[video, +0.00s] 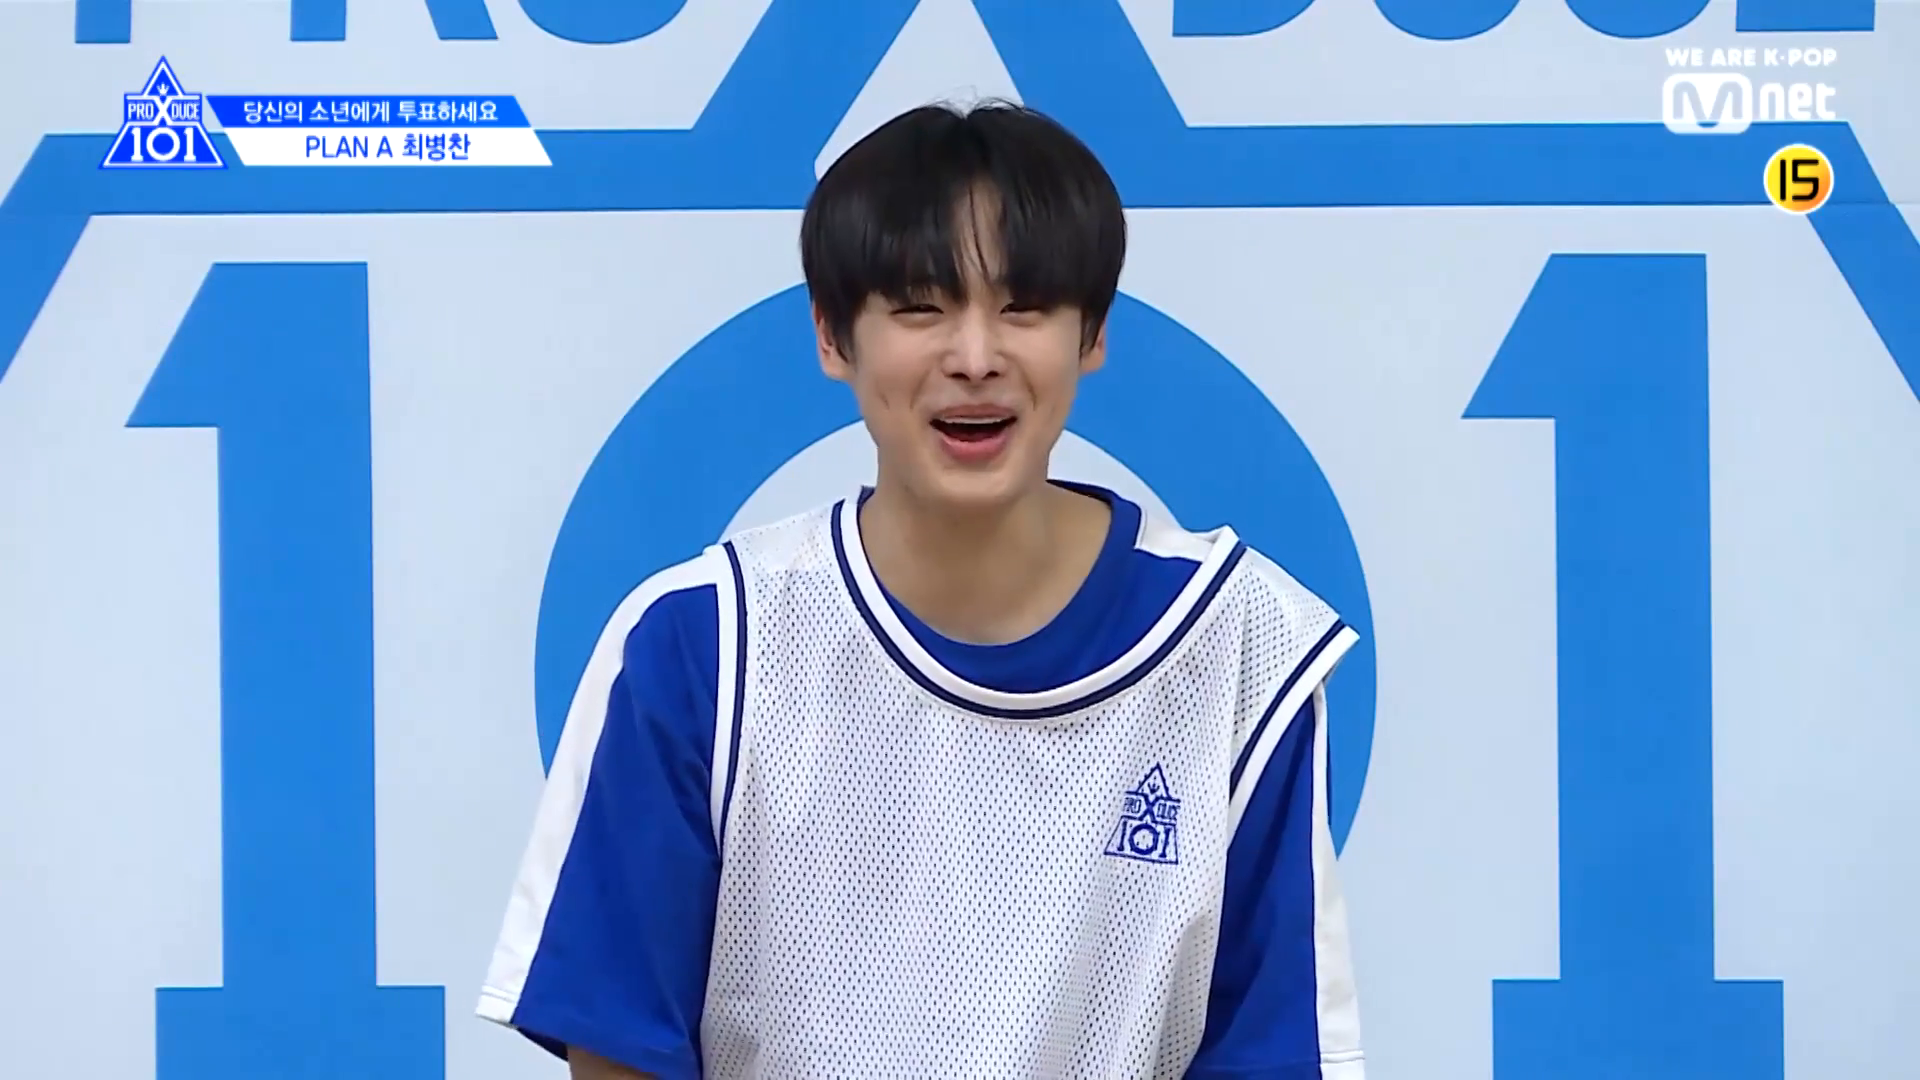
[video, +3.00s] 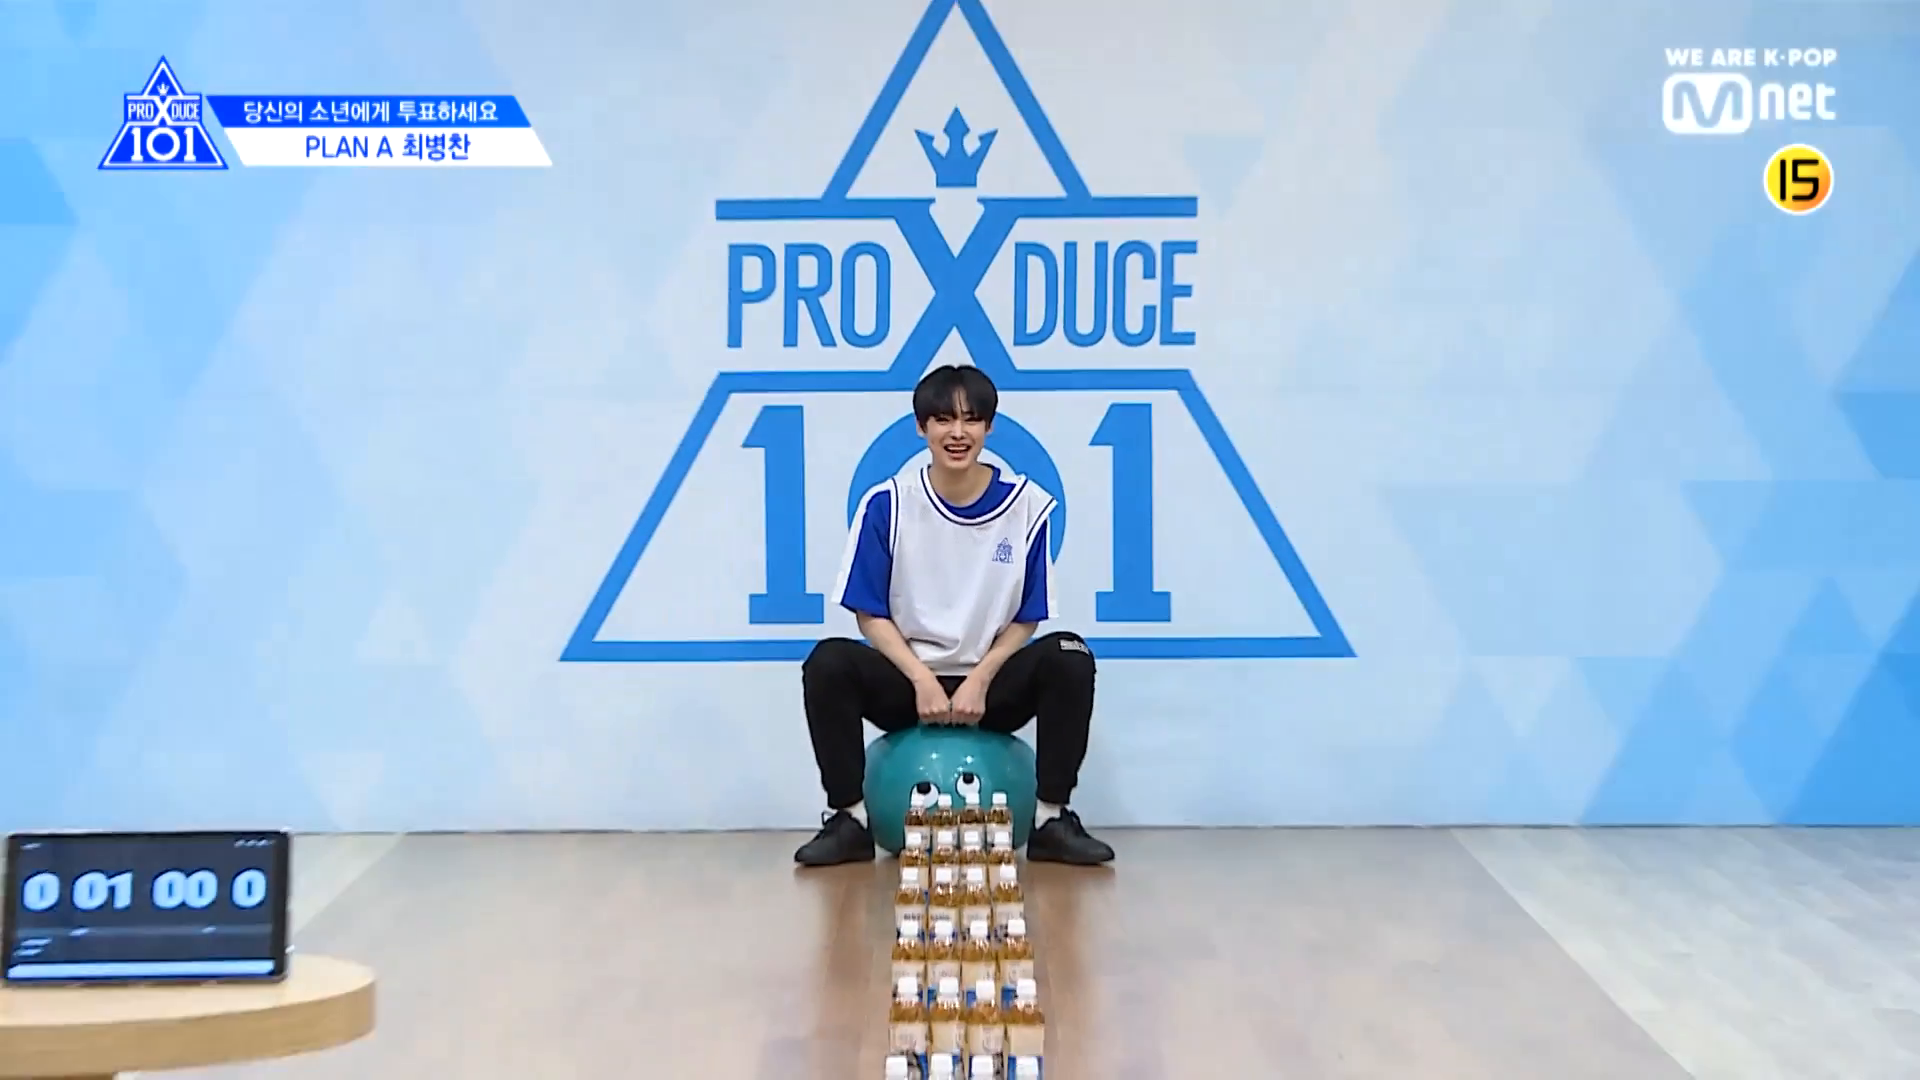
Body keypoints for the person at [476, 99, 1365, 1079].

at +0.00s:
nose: (975, 359)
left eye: (1023, 306)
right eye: (922, 306)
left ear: (1088, 341)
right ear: (839, 344)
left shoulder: (1246, 653)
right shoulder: (692, 647)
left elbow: (1271, 1051)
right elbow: (616, 1046)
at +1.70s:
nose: (974, 347)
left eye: (1017, 303)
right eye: (928, 301)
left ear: (1070, 336)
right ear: (849, 333)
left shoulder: (1212, 617)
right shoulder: (720, 609)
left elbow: (1204, 991)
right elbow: (672, 978)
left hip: (1076, 1060)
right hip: (810, 1057)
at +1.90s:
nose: (964, 377)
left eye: (999, 342)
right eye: (926, 340)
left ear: (1043, 362)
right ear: (864, 363)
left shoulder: (1154, 584)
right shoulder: (762, 579)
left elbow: (1156, 885)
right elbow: (719, 877)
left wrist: (1018, 1051)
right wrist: (862, 1050)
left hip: (1057, 1050)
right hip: (825, 1045)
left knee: (1271, 988)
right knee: (601, 1001)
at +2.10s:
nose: (958, 391)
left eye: (986, 363)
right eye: (926, 363)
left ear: (1024, 379)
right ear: (879, 380)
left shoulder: (1113, 556)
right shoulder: (798, 551)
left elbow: (1114, 801)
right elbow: (761, 791)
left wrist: (1005, 940)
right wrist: (877, 937)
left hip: (1034, 965)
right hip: (850, 963)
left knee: (1209, 888)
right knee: (668, 901)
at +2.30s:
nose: (955, 396)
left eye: (979, 372)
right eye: (929, 372)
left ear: (1010, 387)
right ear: (892, 387)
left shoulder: (1084, 528)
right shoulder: (825, 525)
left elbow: (1080, 733)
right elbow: (797, 725)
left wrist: (994, 846)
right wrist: (891, 843)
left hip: (1018, 859)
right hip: (864, 859)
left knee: (1159, 804)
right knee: (720, 810)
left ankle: (1125, 1071)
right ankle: (760, 1071)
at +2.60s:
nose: (953, 404)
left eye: (972, 385)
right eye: (934, 385)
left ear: (997, 395)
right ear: (906, 396)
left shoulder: (1053, 505)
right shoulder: (856, 502)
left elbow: (1054, 658)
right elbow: (833, 652)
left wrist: (989, 744)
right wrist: (905, 745)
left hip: (1008, 751)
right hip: (886, 754)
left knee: (1113, 714)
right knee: (774, 722)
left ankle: (1088, 943)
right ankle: (807, 942)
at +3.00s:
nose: (958, 431)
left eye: (971, 419)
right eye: (944, 419)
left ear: (988, 426)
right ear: (923, 426)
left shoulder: (1029, 505)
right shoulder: (887, 503)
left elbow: (1028, 616)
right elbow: (869, 612)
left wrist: (980, 678)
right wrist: (921, 678)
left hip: (994, 682)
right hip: (906, 683)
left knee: (1070, 656)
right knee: (827, 661)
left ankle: (1052, 821)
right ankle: (849, 820)